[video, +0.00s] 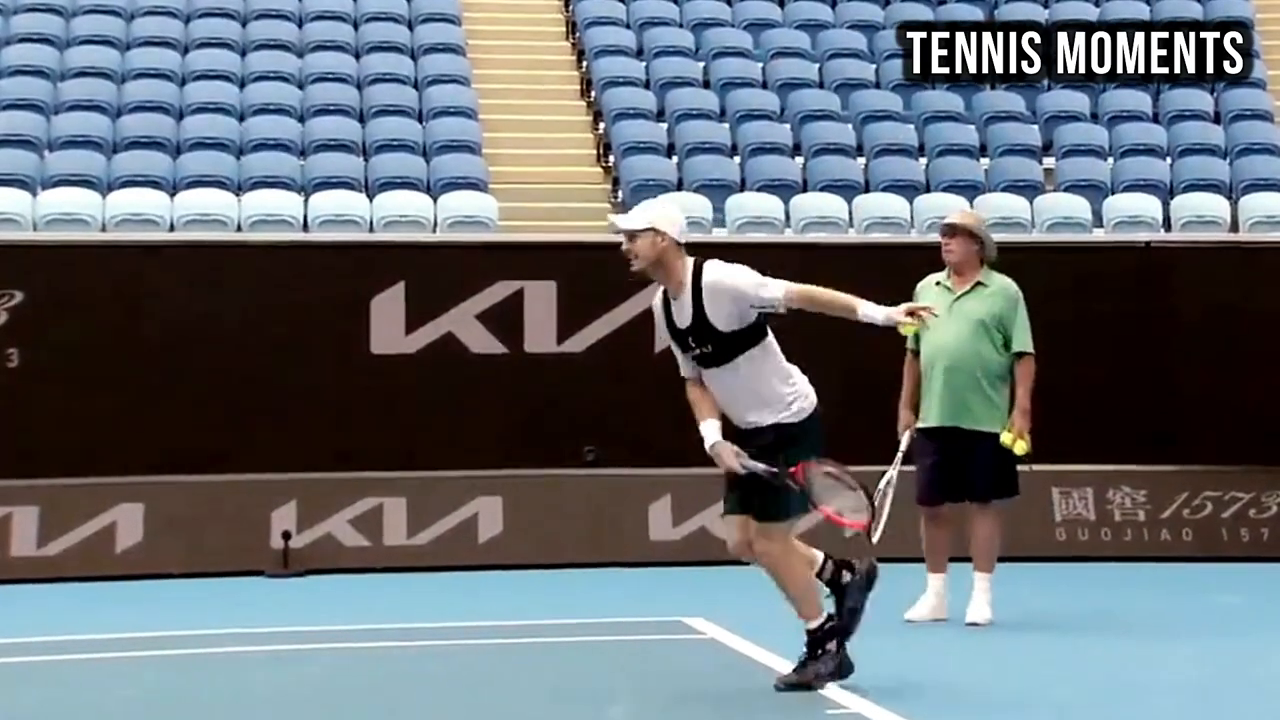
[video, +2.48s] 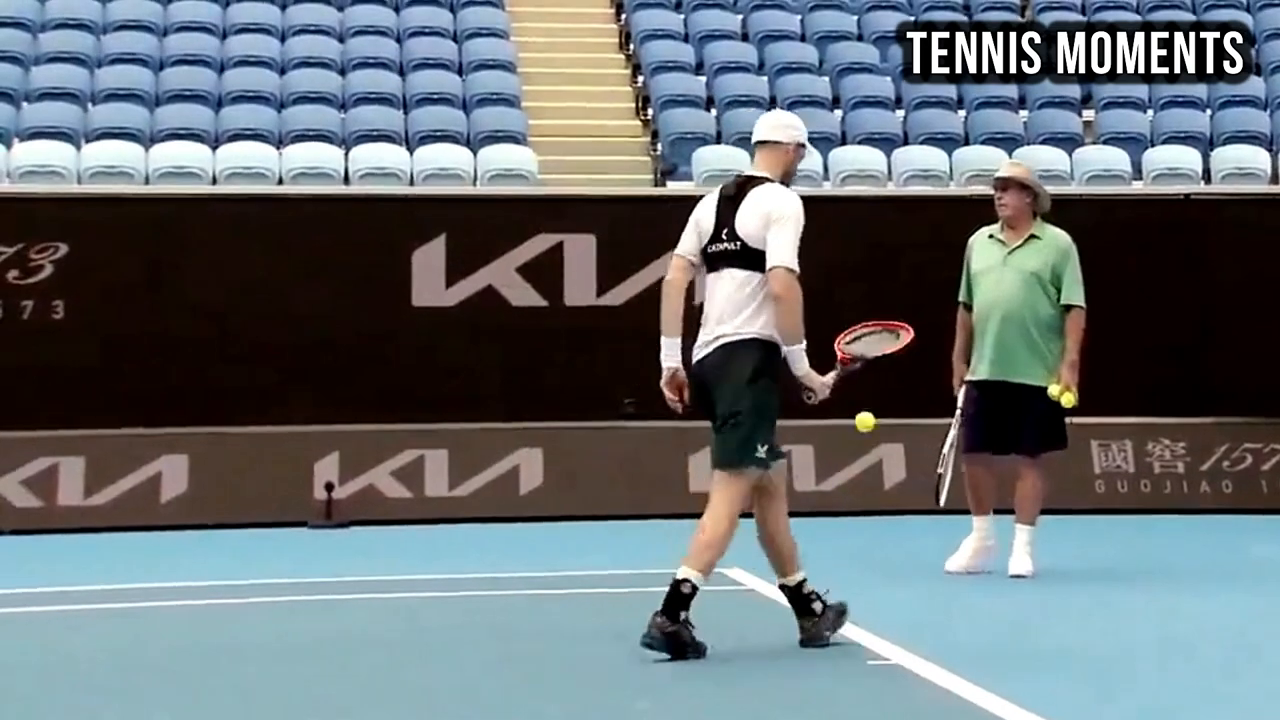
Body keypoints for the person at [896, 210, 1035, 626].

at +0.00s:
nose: (944, 242)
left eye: (953, 236)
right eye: (943, 236)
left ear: (976, 243)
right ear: (942, 245)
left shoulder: (1005, 291)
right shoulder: (928, 288)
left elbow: (1024, 356)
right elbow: (913, 354)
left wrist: (1021, 411)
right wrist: (906, 406)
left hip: (986, 419)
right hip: (933, 417)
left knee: (983, 505)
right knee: (932, 508)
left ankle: (982, 595)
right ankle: (935, 593)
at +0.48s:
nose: (918, 242)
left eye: (927, 235)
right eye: (918, 236)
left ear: (951, 241)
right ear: (920, 244)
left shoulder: (981, 287)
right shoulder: (909, 291)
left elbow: (999, 351)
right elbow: (901, 359)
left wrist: (996, 404)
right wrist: (898, 414)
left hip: (967, 417)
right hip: (919, 416)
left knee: (973, 502)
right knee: (928, 504)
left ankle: (982, 590)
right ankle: (938, 591)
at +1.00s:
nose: (911, 233)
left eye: (919, 226)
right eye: (910, 227)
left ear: (943, 230)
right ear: (914, 234)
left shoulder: (974, 274)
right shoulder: (904, 281)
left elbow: (992, 337)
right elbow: (897, 349)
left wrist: (987, 389)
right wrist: (892, 403)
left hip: (962, 404)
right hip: (916, 405)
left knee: (971, 489)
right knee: (927, 492)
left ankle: (981, 577)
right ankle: (939, 579)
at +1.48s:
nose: (924, 212)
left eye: (932, 206)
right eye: (922, 206)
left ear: (955, 211)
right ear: (921, 213)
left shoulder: (985, 256)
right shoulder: (911, 261)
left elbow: (1004, 320)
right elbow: (902, 327)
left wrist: (999, 375)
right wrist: (897, 379)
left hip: (972, 385)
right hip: (923, 385)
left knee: (977, 470)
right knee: (933, 473)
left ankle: (985, 558)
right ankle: (941, 559)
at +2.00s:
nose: (974, 194)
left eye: (983, 188)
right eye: (971, 188)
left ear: (1004, 193)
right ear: (968, 195)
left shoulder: (1034, 240)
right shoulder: (957, 241)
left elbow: (1052, 306)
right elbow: (948, 307)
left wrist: (1049, 362)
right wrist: (943, 358)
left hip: (1019, 370)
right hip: (969, 369)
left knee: (1017, 456)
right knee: (972, 458)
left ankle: (1016, 543)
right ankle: (970, 542)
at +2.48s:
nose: (1001, 195)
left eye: (1010, 189)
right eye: (998, 189)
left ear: (1032, 197)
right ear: (994, 196)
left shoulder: (1058, 243)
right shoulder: (979, 242)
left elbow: (1075, 309)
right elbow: (966, 310)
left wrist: (1070, 363)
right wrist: (959, 366)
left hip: (1036, 373)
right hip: (984, 370)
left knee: (1028, 458)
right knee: (974, 454)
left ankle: (1023, 545)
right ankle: (981, 538)